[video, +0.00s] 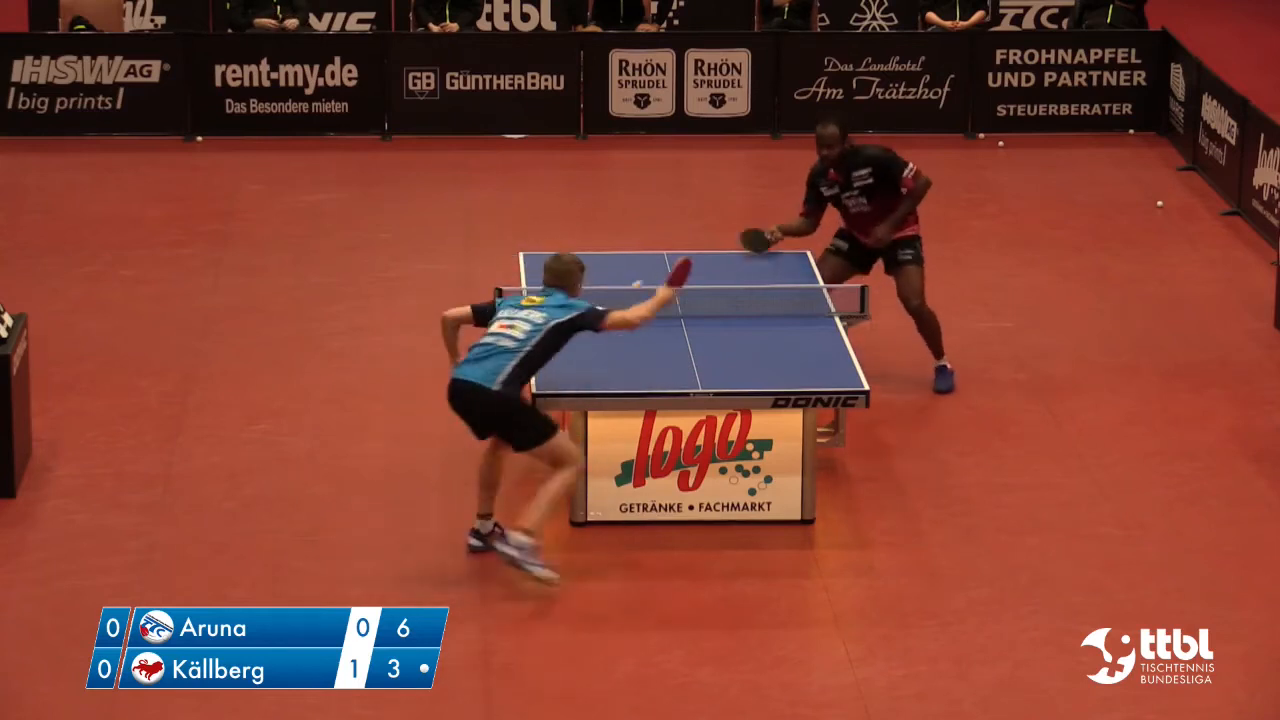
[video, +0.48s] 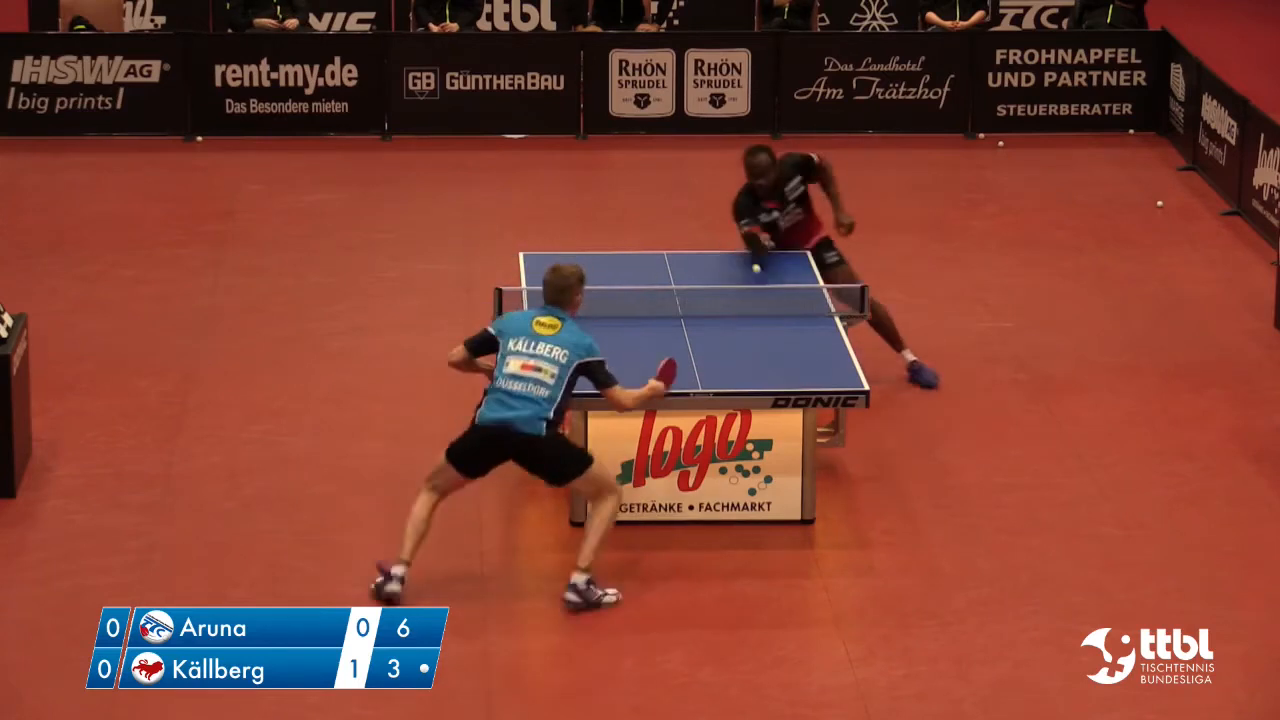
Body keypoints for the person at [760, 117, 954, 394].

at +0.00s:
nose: (825, 153)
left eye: (831, 147)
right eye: (820, 147)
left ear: (846, 142)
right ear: (815, 145)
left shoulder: (876, 157)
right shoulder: (819, 175)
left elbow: (921, 183)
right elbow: (808, 223)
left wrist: (888, 226)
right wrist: (780, 230)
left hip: (900, 234)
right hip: (855, 236)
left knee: (914, 303)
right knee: (811, 287)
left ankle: (942, 364)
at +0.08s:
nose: (824, 159)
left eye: (830, 152)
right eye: (820, 153)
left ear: (846, 146)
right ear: (814, 150)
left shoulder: (877, 160)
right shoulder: (820, 180)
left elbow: (924, 182)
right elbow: (806, 229)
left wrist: (903, 226)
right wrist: (778, 236)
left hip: (895, 242)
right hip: (852, 241)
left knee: (912, 309)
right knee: (807, 285)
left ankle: (942, 365)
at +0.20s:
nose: (809, 165)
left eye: (815, 158)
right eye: (806, 159)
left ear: (831, 151)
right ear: (801, 154)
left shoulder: (864, 159)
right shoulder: (804, 184)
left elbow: (911, 169)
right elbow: (793, 231)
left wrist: (911, 217)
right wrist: (768, 242)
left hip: (882, 239)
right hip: (838, 241)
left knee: (908, 307)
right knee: (799, 287)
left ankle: (941, 363)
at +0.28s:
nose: (795, 171)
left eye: (800, 164)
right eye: (791, 165)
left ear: (814, 156)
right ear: (786, 162)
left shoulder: (844, 160)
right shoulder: (787, 189)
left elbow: (888, 164)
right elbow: (781, 236)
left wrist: (898, 209)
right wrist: (766, 243)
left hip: (864, 239)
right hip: (820, 244)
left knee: (900, 303)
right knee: (791, 296)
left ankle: (939, 361)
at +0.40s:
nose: (774, 184)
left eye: (778, 177)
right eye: (767, 179)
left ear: (788, 167)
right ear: (760, 176)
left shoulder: (809, 165)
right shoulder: (760, 200)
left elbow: (844, 168)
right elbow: (766, 239)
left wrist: (860, 210)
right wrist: (764, 249)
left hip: (834, 247)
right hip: (797, 261)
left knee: (879, 302)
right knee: (791, 318)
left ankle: (928, 362)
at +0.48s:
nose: (762, 183)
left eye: (765, 176)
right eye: (755, 178)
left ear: (775, 166)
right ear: (747, 176)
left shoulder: (792, 165)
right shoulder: (744, 202)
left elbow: (823, 168)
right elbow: (753, 244)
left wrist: (839, 212)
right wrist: (758, 243)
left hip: (817, 246)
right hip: (784, 261)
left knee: (860, 300)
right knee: (785, 318)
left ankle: (910, 360)